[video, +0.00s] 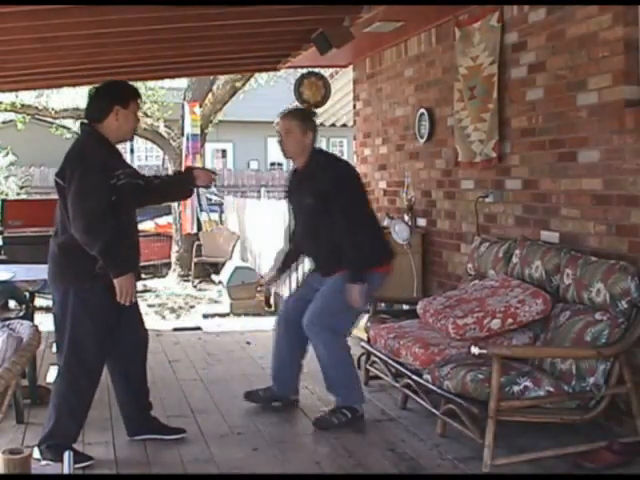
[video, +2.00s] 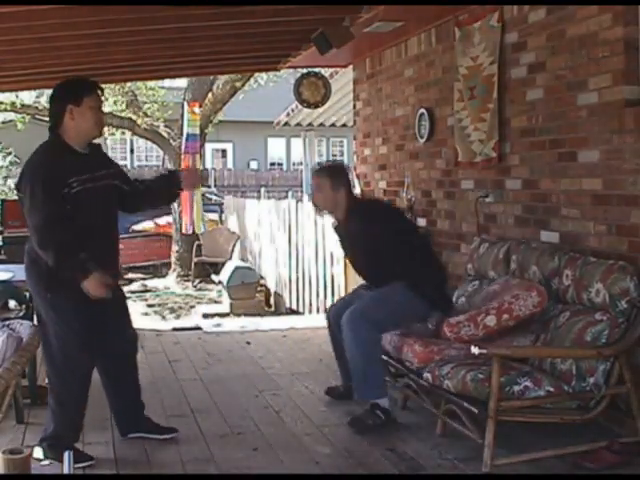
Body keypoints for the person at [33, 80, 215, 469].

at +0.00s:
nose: (138, 120)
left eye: (138, 112)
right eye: (135, 112)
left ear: (112, 113)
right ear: (115, 113)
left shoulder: (105, 153)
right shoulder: (89, 154)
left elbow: (138, 191)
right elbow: (85, 222)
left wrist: (188, 179)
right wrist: (117, 268)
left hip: (109, 275)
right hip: (82, 277)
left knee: (131, 345)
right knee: (81, 363)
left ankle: (139, 422)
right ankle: (54, 446)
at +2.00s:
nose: (103, 115)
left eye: (102, 107)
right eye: (96, 108)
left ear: (77, 113)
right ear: (72, 112)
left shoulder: (98, 160)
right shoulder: (41, 166)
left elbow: (131, 198)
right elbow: (45, 233)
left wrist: (177, 181)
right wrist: (83, 272)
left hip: (100, 275)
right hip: (58, 280)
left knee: (120, 348)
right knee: (71, 361)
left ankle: (132, 422)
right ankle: (57, 443)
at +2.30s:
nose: (118, 117)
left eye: (117, 110)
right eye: (112, 110)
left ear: (95, 114)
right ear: (87, 113)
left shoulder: (116, 162)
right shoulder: (56, 162)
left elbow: (153, 206)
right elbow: (41, 225)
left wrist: (139, 203)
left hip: (106, 277)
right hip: (63, 280)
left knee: (124, 347)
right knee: (67, 361)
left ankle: (130, 419)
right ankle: (56, 442)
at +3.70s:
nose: (113, 114)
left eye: (111, 106)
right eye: (107, 106)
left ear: (84, 111)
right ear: (83, 110)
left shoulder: (94, 155)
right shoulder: (66, 155)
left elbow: (122, 207)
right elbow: (94, 212)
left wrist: (166, 231)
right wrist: (149, 184)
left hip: (105, 276)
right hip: (75, 279)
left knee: (123, 348)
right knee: (75, 362)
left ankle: (132, 420)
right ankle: (53, 441)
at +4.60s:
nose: (106, 114)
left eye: (104, 106)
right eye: (99, 107)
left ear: (78, 114)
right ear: (74, 113)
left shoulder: (86, 156)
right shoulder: (62, 156)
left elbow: (108, 207)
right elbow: (99, 212)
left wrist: (129, 246)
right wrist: (132, 219)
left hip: (91, 274)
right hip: (62, 278)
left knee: (111, 349)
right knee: (70, 361)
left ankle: (129, 420)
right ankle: (51, 443)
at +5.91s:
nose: (107, 111)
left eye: (105, 104)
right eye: (100, 104)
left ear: (79, 112)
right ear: (75, 111)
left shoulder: (96, 156)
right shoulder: (59, 158)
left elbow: (116, 208)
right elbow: (95, 214)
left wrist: (141, 192)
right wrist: (135, 194)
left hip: (105, 277)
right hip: (71, 281)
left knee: (127, 347)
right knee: (72, 363)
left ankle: (136, 423)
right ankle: (53, 443)